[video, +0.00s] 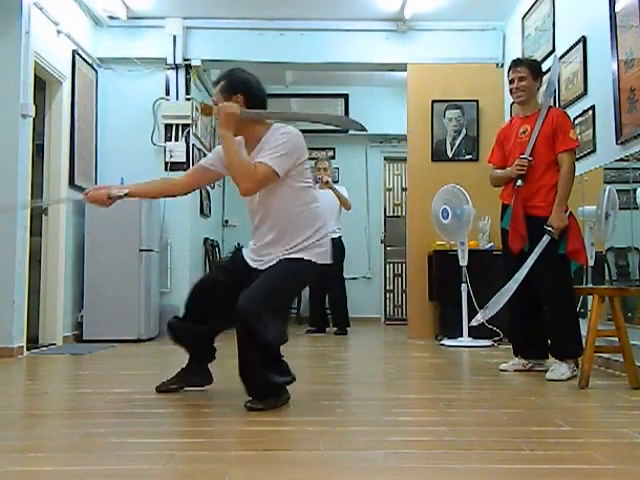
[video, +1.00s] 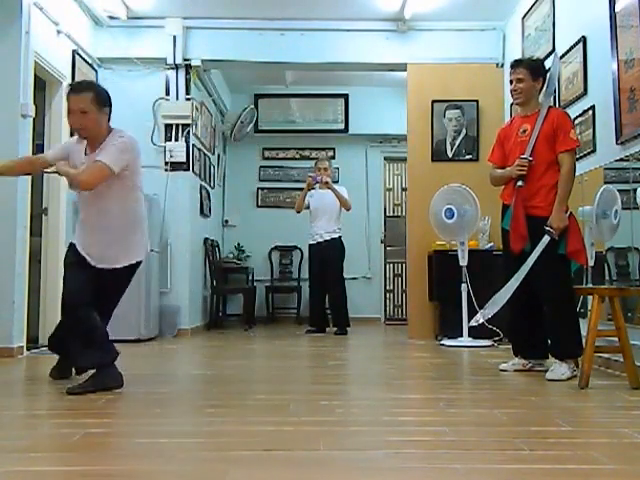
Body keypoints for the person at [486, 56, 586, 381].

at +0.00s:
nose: (516, 85)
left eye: (522, 79)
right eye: (512, 81)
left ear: (538, 82)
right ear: (508, 88)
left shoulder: (555, 117)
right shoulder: (506, 131)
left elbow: (567, 166)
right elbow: (494, 176)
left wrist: (559, 210)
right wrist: (510, 171)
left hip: (547, 214)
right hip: (514, 215)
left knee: (554, 284)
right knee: (520, 284)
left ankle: (565, 358)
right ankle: (529, 355)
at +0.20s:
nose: (515, 86)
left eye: (521, 80)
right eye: (511, 81)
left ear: (538, 82)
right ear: (508, 88)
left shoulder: (555, 117)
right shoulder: (506, 131)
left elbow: (567, 166)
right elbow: (494, 176)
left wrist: (559, 210)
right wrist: (510, 171)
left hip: (548, 214)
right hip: (514, 215)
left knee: (554, 284)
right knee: (521, 284)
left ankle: (565, 358)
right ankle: (530, 355)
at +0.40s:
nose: (514, 86)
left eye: (520, 80)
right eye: (511, 82)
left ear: (538, 83)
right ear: (508, 88)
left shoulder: (555, 117)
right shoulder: (506, 130)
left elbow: (567, 166)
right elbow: (494, 176)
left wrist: (559, 210)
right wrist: (510, 171)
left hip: (548, 214)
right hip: (515, 215)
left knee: (554, 284)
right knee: (521, 284)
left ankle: (565, 358)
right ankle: (529, 355)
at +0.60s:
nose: (514, 86)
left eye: (520, 80)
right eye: (511, 82)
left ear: (538, 83)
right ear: (509, 87)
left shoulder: (556, 117)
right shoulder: (506, 130)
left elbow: (567, 166)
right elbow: (494, 176)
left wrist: (560, 210)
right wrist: (510, 172)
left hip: (547, 214)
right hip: (514, 215)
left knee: (554, 285)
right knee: (520, 284)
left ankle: (565, 358)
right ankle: (529, 355)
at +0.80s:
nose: (514, 87)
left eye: (520, 81)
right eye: (511, 82)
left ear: (538, 83)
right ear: (509, 87)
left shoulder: (556, 117)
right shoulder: (506, 130)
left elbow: (567, 166)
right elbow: (494, 177)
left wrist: (560, 209)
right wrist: (510, 172)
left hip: (547, 214)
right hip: (514, 215)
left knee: (554, 285)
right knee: (520, 285)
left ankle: (565, 358)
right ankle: (529, 355)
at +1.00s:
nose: (514, 87)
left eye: (520, 81)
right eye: (511, 82)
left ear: (539, 83)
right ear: (509, 87)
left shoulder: (556, 117)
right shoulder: (507, 130)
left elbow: (567, 167)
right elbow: (494, 176)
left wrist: (560, 209)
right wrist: (510, 172)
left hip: (547, 214)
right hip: (515, 215)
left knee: (554, 285)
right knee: (521, 285)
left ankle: (566, 358)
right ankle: (529, 355)